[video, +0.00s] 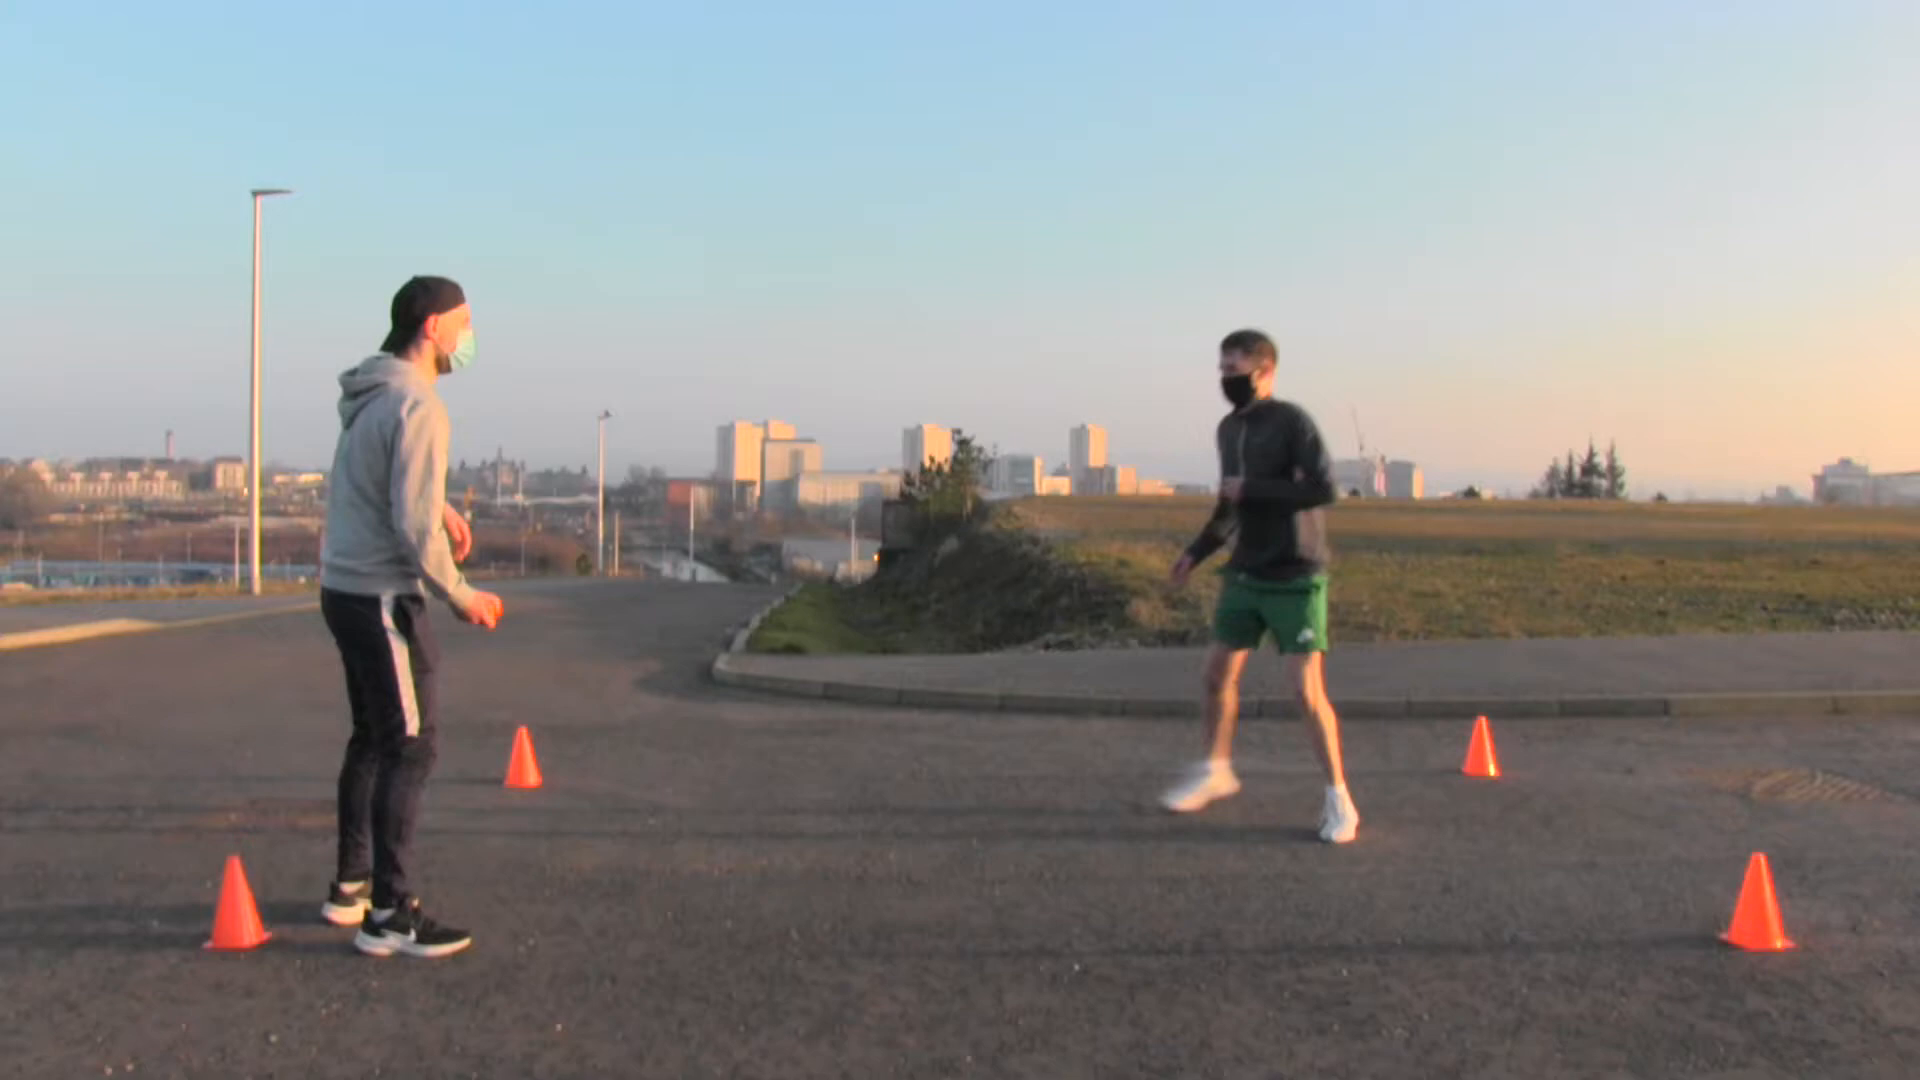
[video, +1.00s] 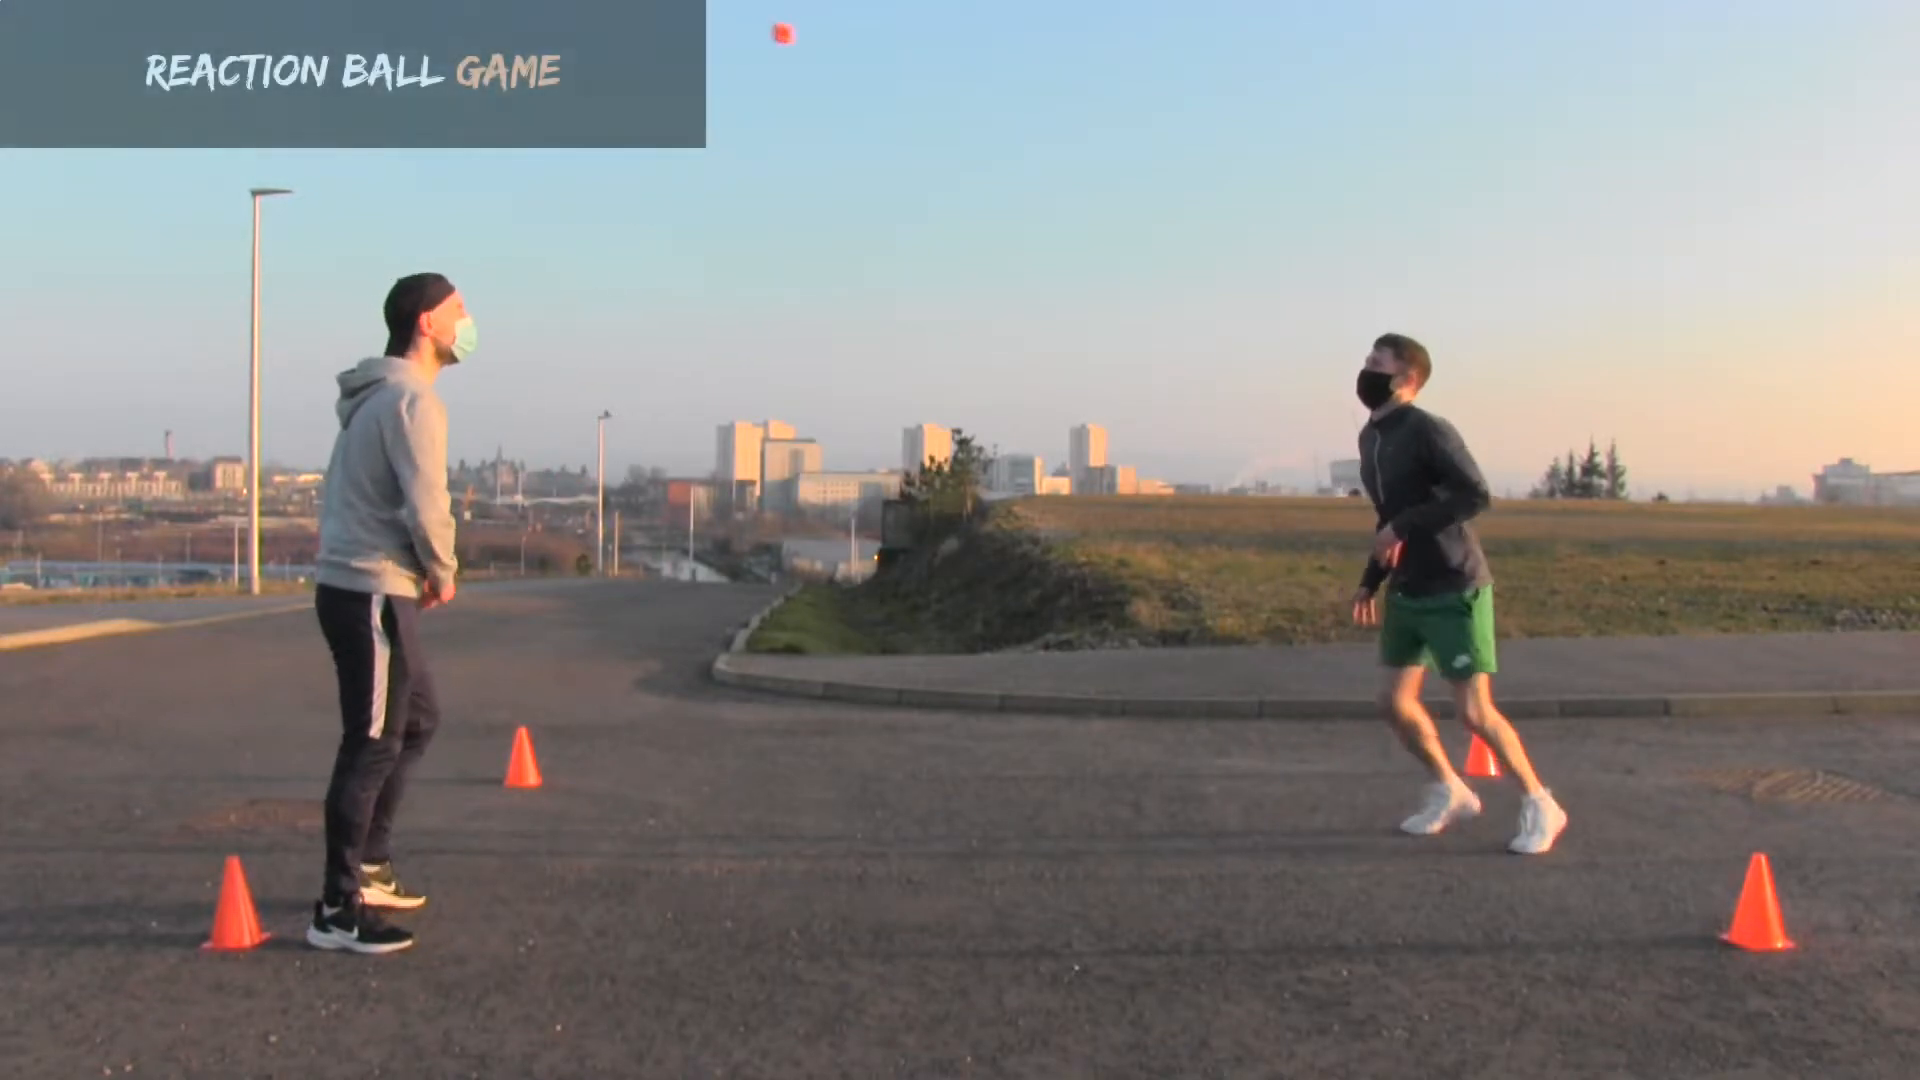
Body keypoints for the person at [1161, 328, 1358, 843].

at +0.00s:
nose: (1225, 378)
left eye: (1234, 369)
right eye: (1222, 370)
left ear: (1265, 370)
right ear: (1224, 371)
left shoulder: (1294, 422)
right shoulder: (1229, 431)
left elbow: (1324, 489)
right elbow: (1231, 506)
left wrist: (1250, 491)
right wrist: (1194, 554)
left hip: (1299, 574)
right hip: (1246, 572)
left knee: (1309, 692)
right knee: (1220, 674)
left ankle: (1338, 796)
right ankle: (1217, 768)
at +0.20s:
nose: (1260, 359)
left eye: (1270, 350)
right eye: (1256, 350)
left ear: (1299, 348)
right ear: (1255, 350)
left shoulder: (1325, 398)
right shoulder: (1259, 407)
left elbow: (1369, 456)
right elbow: (1263, 479)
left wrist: (1297, 475)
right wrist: (1235, 531)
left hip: (1325, 555)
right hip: (1276, 554)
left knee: (1328, 671)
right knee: (1278, 667)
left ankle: (1348, 789)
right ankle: (1321, 754)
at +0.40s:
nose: (1309, 363)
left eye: (1319, 357)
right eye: (1306, 355)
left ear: (1348, 362)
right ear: (1307, 359)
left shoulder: (1375, 417)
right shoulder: (1300, 424)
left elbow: (1416, 476)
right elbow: (1294, 489)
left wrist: (1359, 495)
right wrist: (1290, 553)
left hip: (1371, 569)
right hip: (1325, 569)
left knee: (1354, 679)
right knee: (1369, 677)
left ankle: (1351, 797)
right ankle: (1433, 775)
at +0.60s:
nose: (1340, 375)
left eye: (1351, 369)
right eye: (1338, 367)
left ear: (1382, 374)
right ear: (1339, 372)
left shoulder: (1408, 421)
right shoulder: (1337, 444)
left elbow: (1450, 489)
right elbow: (1335, 527)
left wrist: (1377, 502)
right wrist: (1322, 603)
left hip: (1418, 572)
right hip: (1380, 575)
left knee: (1358, 679)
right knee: (1421, 687)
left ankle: (1370, 788)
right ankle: (1458, 795)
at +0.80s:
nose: (1361, 365)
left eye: (1373, 359)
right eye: (1360, 357)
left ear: (1402, 369)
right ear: (1358, 362)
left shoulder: (1425, 418)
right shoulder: (1361, 430)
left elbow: (1474, 480)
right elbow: (1369, 504)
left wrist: (1403, 508)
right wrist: (1355, 566)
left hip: (1440, 567)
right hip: (1402, 571)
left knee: (1415, 685)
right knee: (1432, 686)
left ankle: (1479, 795)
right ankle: (1457, 794)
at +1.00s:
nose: (1366, 368)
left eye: (1379, 361)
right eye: (1367, 359)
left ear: (1409, 377)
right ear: (1374, 371)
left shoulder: (1430, 431)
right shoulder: (1371, 438)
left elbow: (1475, 495)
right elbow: (1392, 522)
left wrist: (1400, 528)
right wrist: (1371, 582)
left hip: (1458, 591)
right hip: (1407, 592)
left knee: (1476, 709)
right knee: (1398, 701)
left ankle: (1541, 801)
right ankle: (1451, 788)